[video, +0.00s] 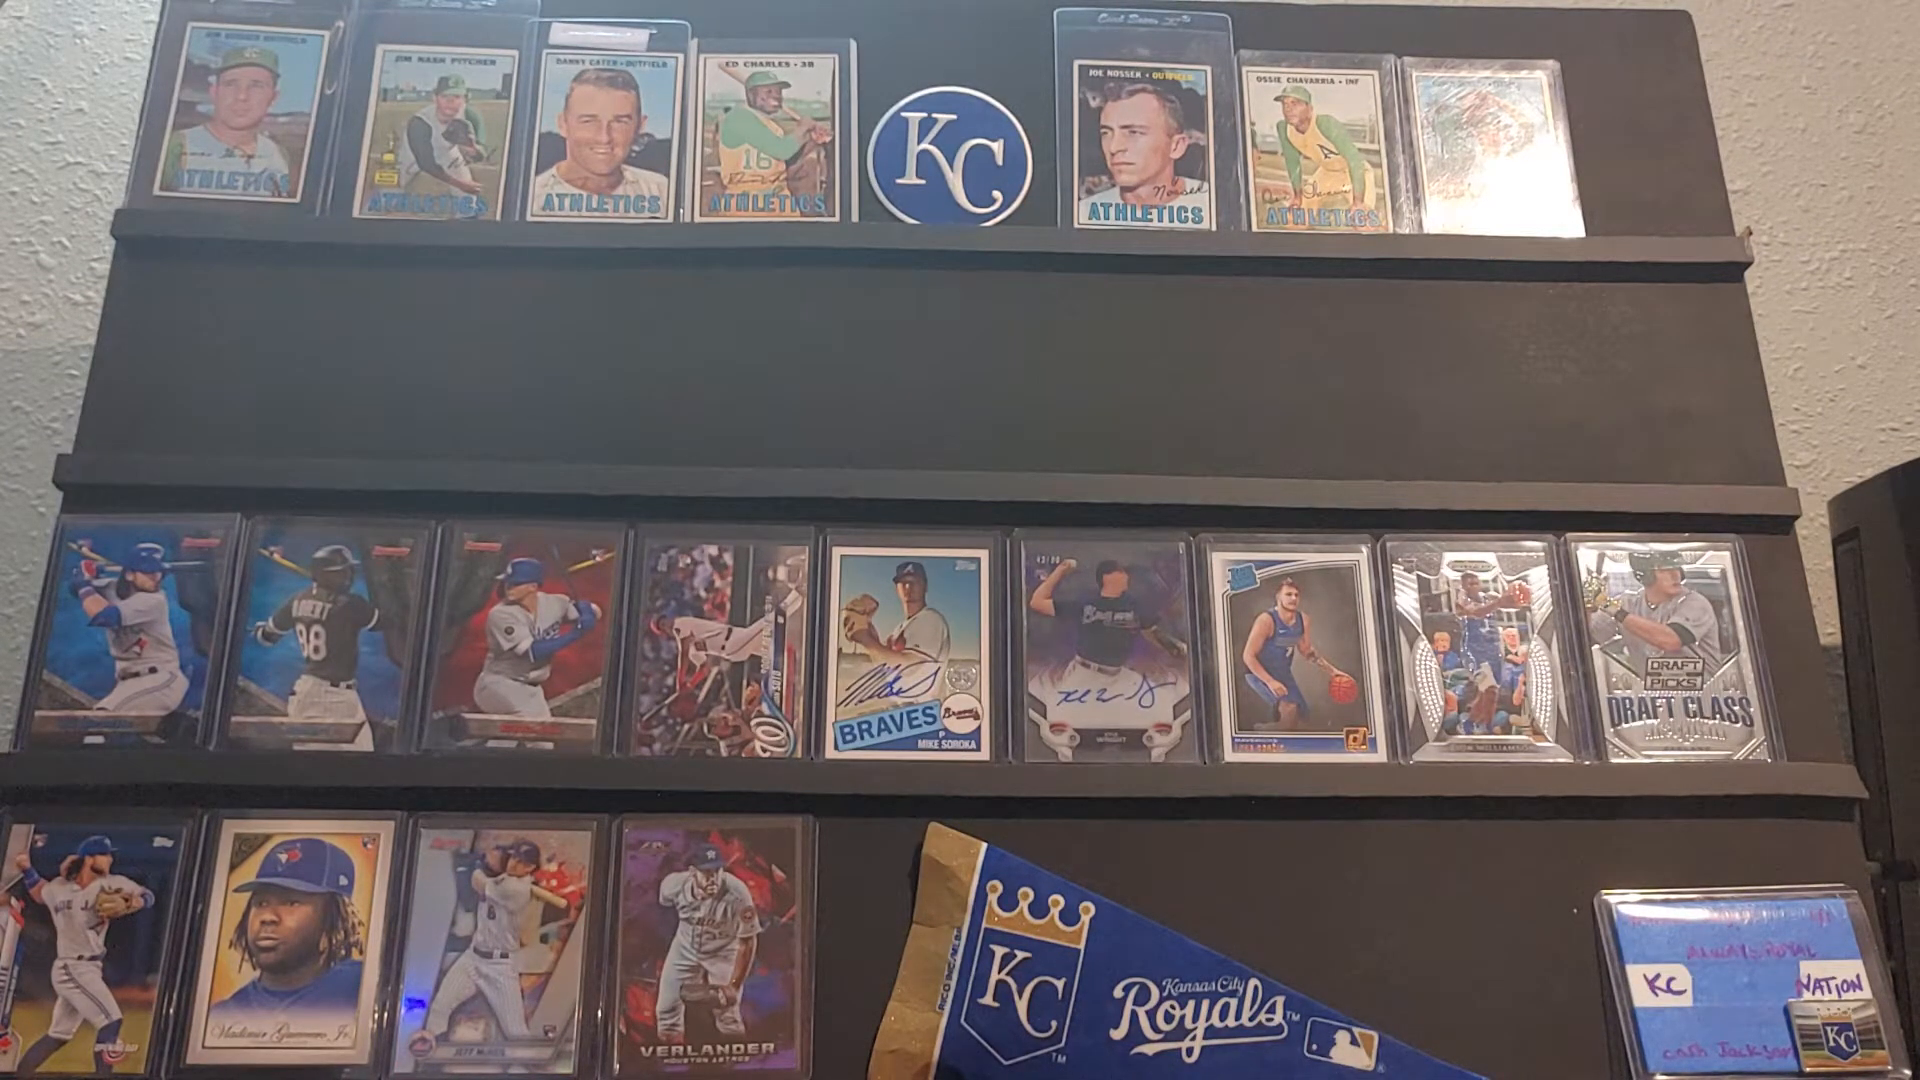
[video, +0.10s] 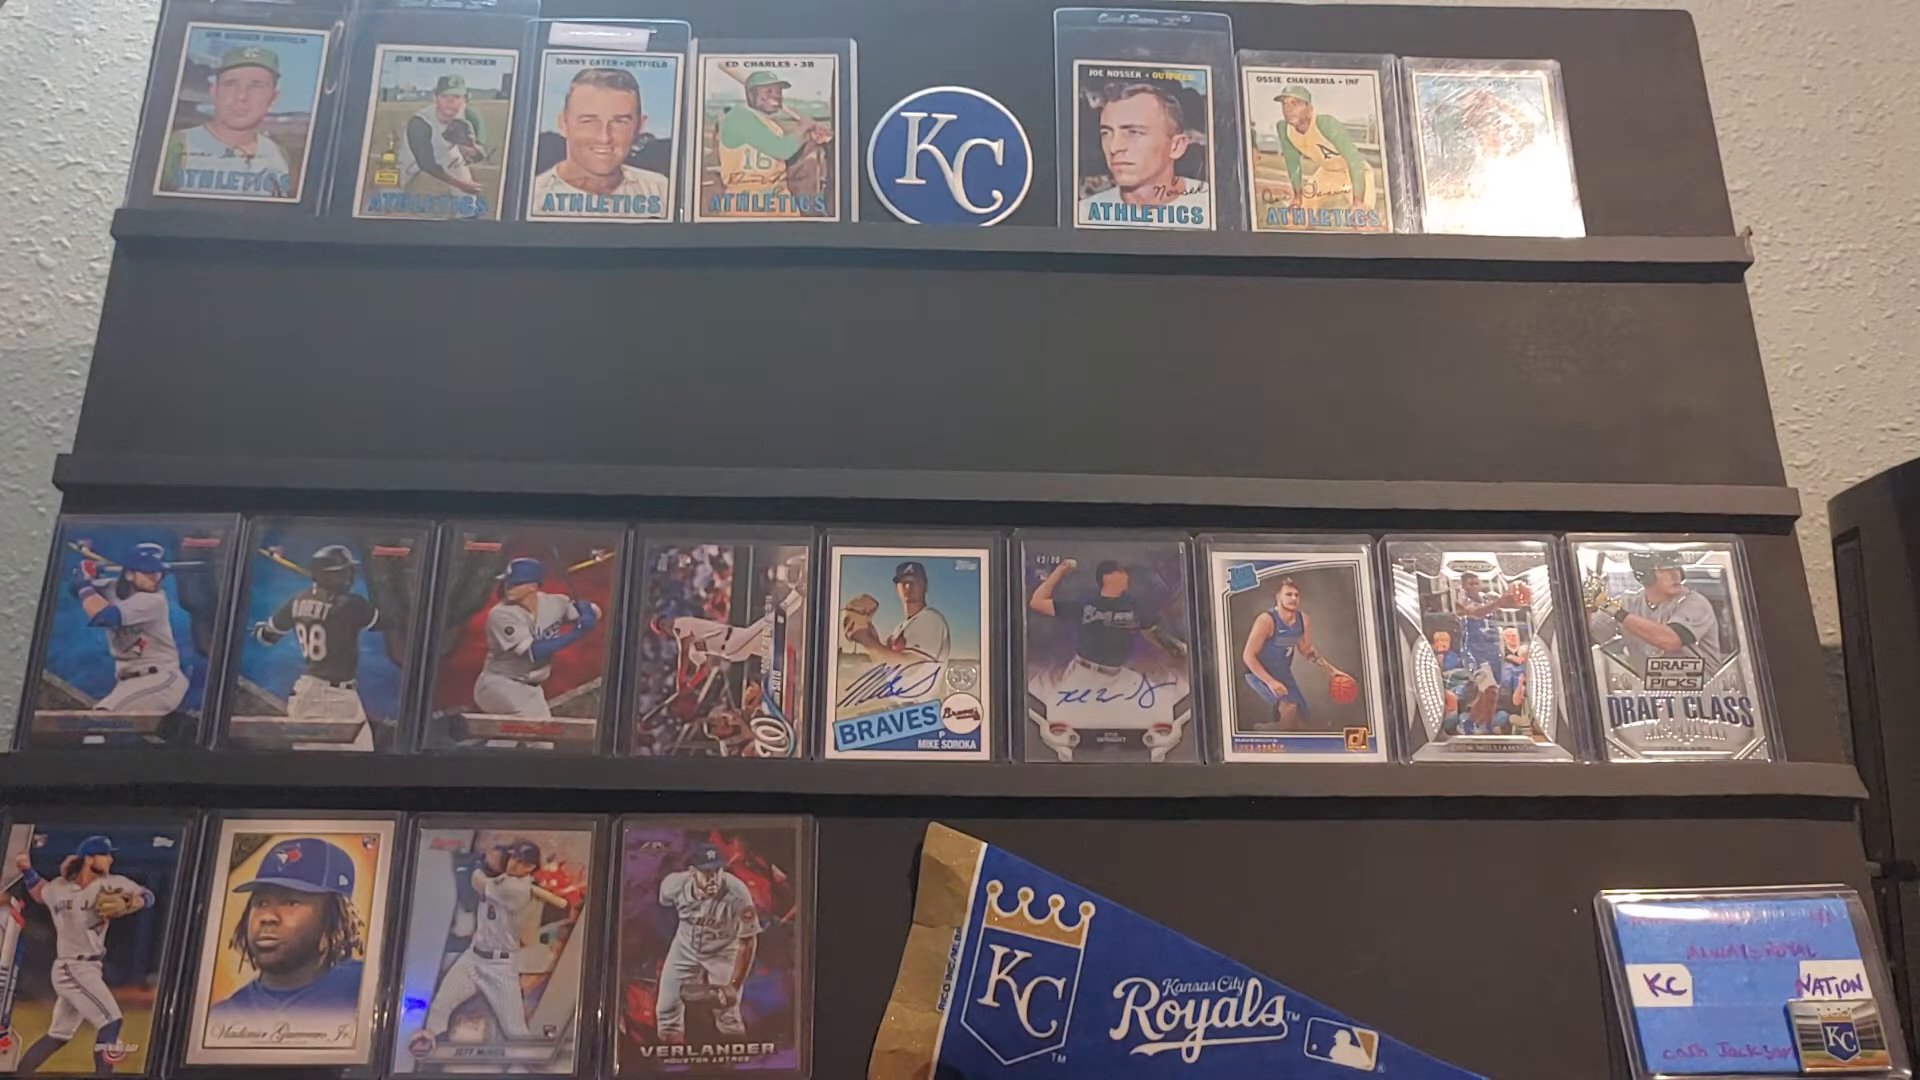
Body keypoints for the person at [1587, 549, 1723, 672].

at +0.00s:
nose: (1677, 575)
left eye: (1677, 568)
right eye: (1666, 569)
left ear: (1682, 570)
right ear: (1644, 574)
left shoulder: (1696, 604)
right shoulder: (1629, 604)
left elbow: (1671, 641)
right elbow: (1587, 639)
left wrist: (1619, 614)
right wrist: (1585, 610)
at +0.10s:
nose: (1677, 575)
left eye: (1678, 568)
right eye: (1667, 569)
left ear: (1682, 570)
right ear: (1644, 574)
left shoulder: (1696, 604)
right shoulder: (1628, 604)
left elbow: (1671, 641)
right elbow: (1586, 638)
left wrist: (1620, 614)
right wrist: (1585, 610)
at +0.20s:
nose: (1677, 575)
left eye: (1678, 568)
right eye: (1667, 569)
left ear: (1682, 570)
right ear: (1644, 574)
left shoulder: (1696, 604)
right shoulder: (1628, 604)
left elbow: (1671, 641)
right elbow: (1586, 638)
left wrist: (1619, 614)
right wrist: (1585, 610)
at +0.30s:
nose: (1677, 575)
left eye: (1678, 568)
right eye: (1667, 569)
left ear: (1682, 570)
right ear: (1644, 574)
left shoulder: (1696, 604)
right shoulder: (1628, 604)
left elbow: (1671, 641)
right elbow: (1586, 638)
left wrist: (1619, 614)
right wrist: (1585, 610)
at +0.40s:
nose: (1677, 575)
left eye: (1677, 568)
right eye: (1667, 569)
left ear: (1682, 570)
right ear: (1644, 574)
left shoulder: (1696, 604)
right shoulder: (1628, 604)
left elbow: (1672, 641)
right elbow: (1586, 638)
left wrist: (1620, 614)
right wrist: (1585, 610)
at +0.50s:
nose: (1677, 575)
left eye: (1677, 568)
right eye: (1667, 569)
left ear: (1682, 570)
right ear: (1644, 574)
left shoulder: (1696, 604)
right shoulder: (1628, 604)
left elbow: (1672, 641)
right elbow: (1587, 639)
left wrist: (1620, 614)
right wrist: (1585, 610)